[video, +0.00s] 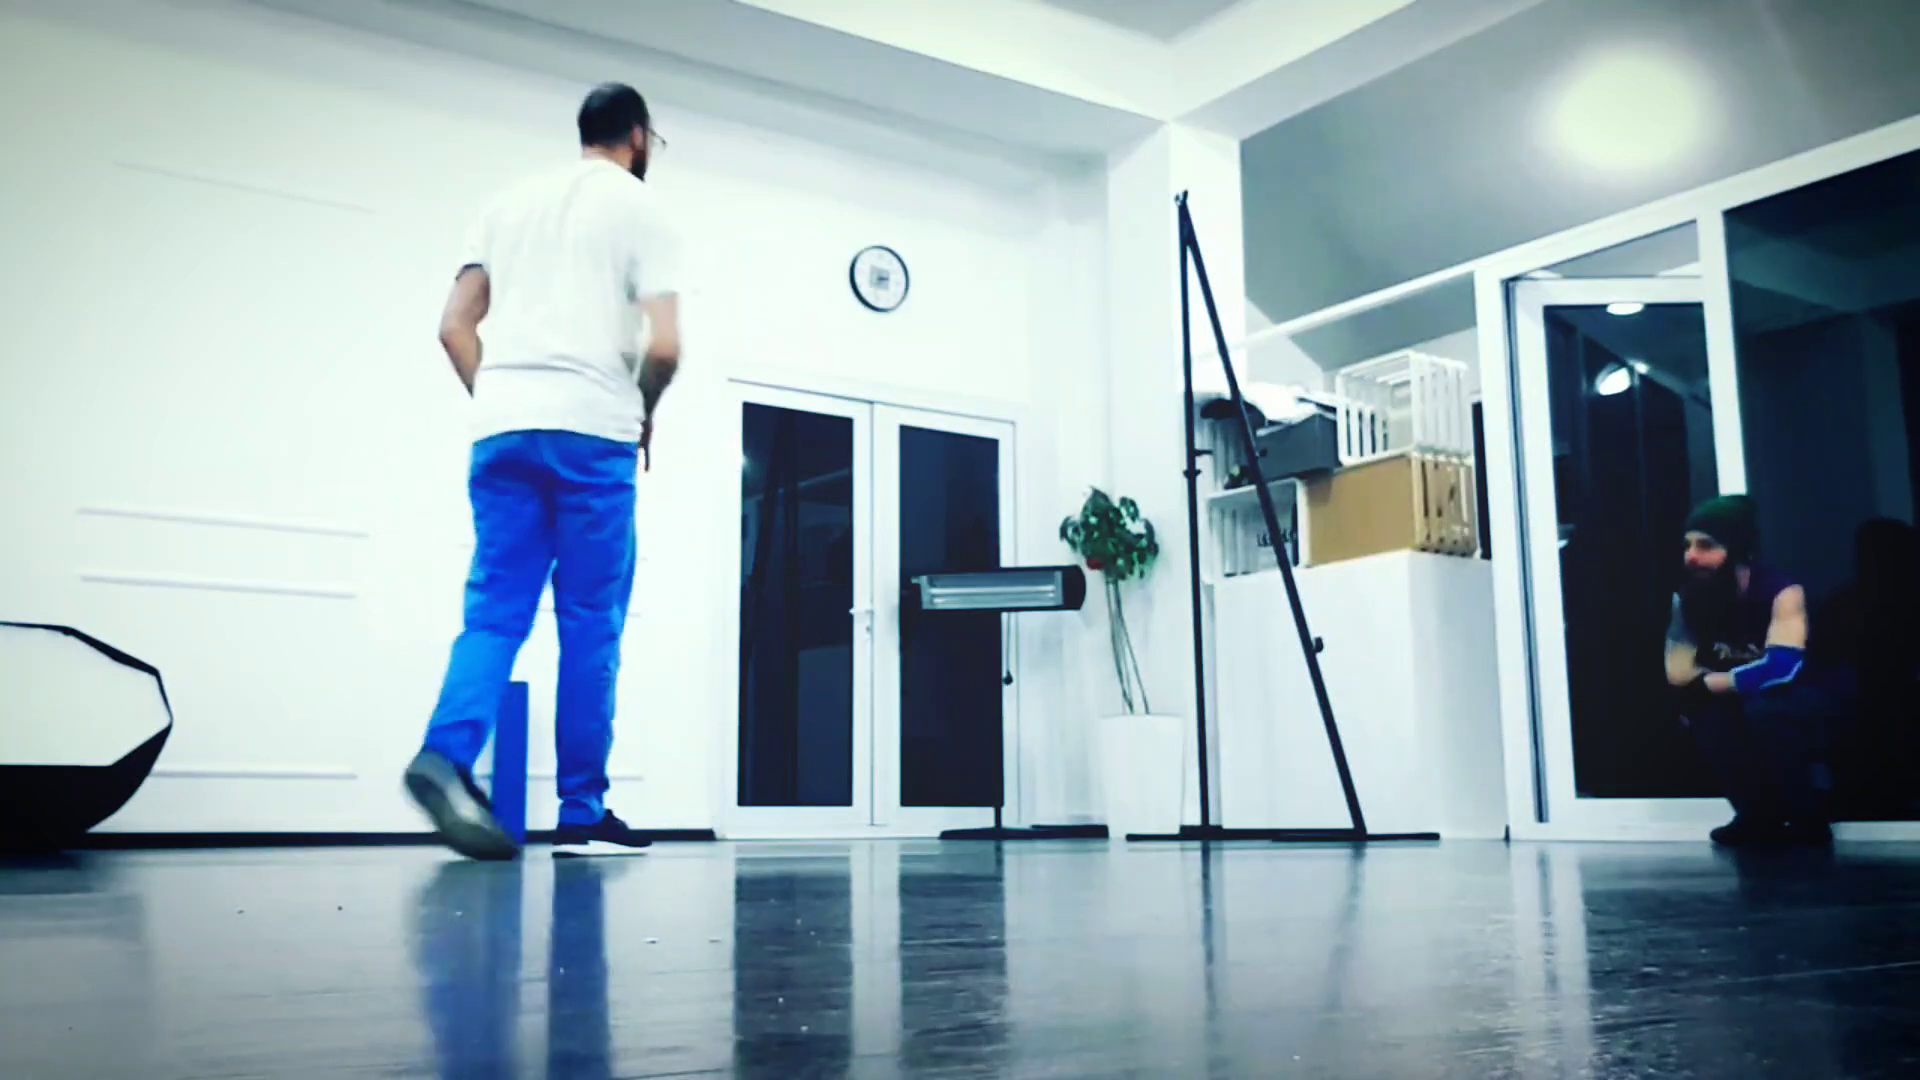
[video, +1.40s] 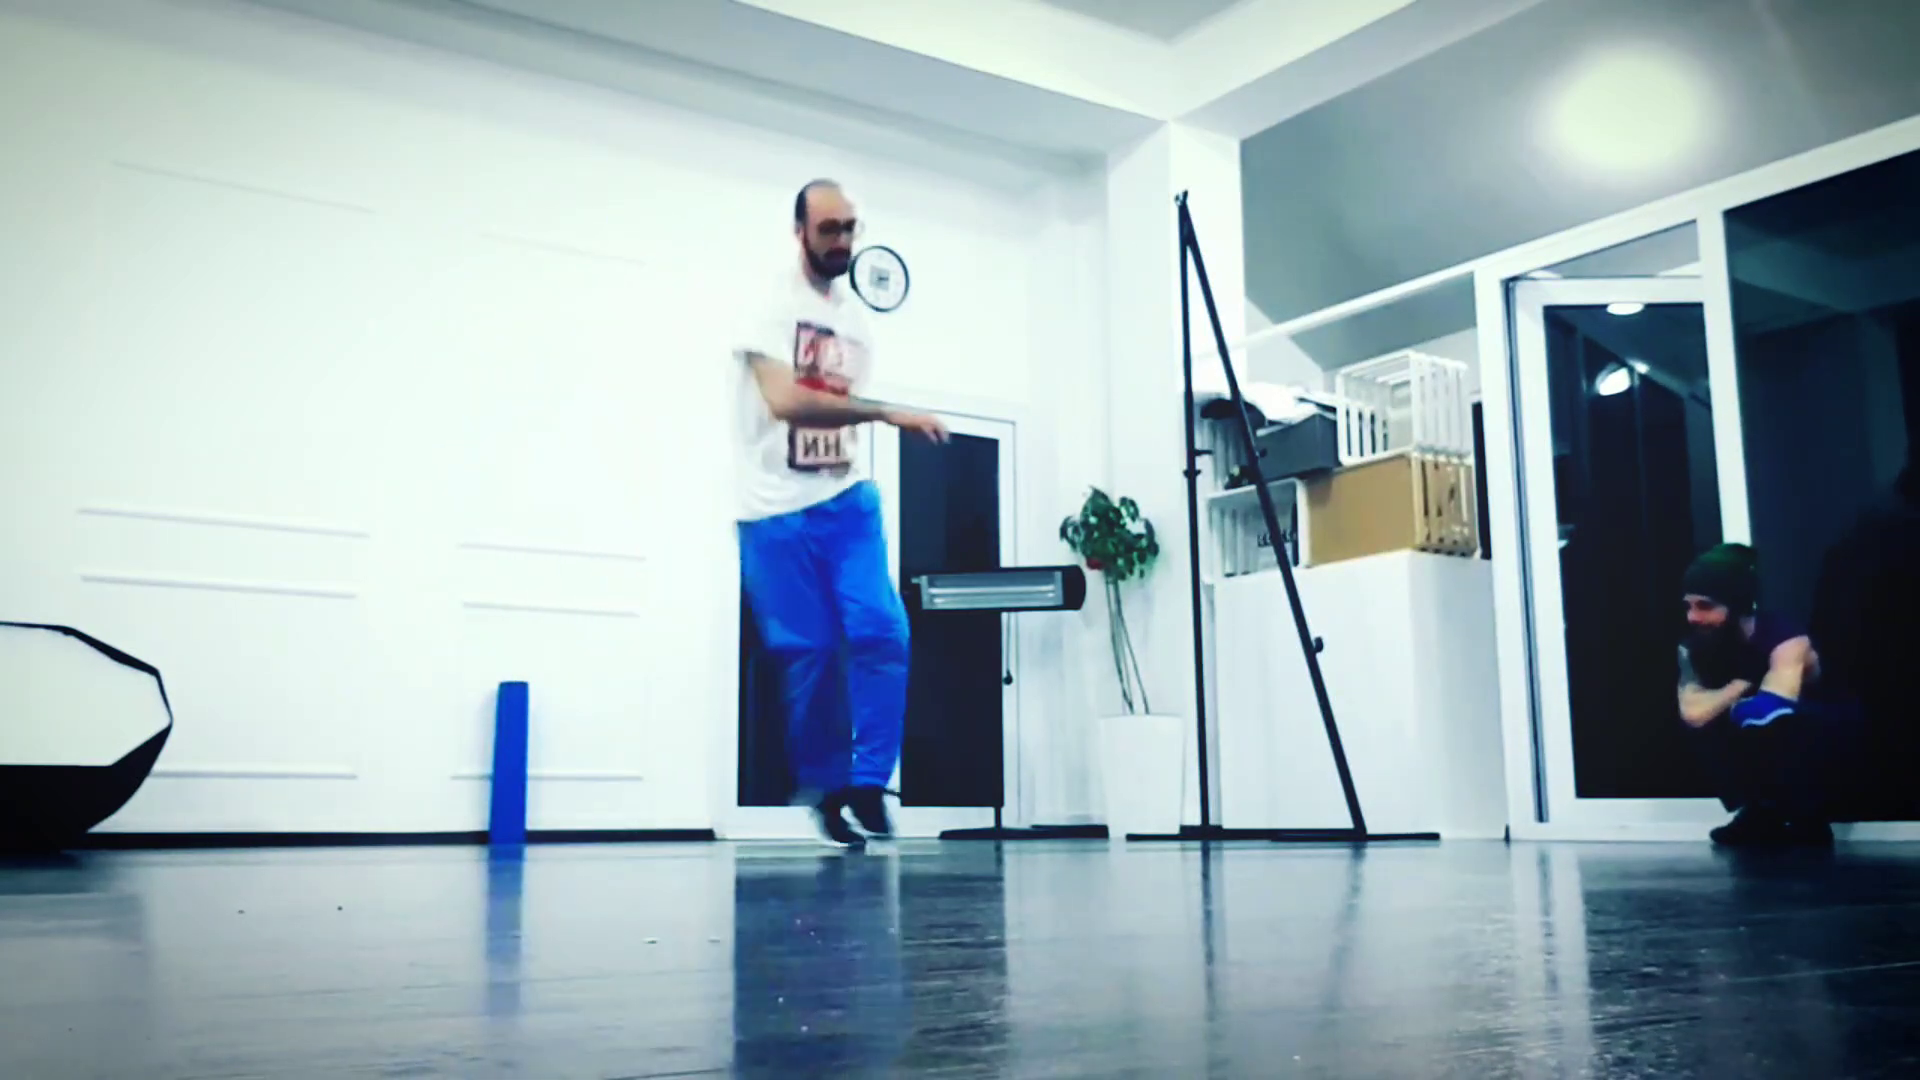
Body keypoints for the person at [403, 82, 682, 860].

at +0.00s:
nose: (650, 157)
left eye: (649, 146)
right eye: (651, 145)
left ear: (581, 137)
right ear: (638, 138)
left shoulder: (509, 204)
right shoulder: (641, 208)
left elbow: (456, 326)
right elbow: (665, 348)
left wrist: (503, 403)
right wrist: (640, 410)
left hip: (503, 424)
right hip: (595, 428)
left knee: (495, 610)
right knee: (591, 622)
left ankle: (444, 759)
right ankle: (582, 810)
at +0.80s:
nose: (721, 236)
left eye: (722, 223)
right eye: (718, 222)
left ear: (659, 217)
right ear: (692, 219)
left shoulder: (601, 278)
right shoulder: (700, 285)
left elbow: (571, 373)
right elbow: (712, 409)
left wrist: (616, 428)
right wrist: (665, 442)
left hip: (579, 474)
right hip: (657, 479)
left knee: (567, 647)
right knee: (690, 639)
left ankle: (538, 804)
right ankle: (622, 786)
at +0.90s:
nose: (744, 239)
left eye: (745, 227)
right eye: (738, 226)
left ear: (689, 223)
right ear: (704, 224)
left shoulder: (634, 275)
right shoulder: (717, 292)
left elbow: (646, 372)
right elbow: (718, 417)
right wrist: (673, 425)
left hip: (595, 478)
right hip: (668, 485)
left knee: (578, 646)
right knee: (706, 641)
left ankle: (539, 801)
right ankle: (711, 799)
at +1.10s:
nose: (798, 265)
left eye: (799, 253)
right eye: (791, 252)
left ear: (749, 254)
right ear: (751, 252)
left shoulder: (699, 312)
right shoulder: (751, 327)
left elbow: (699, 429)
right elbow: (760, 451)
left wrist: (761, 436)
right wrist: (785, 445)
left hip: (665, 515)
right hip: (721, 522)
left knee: (657, 661)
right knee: (766, 660)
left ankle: (565, 767)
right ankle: (775, 810)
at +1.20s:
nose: (817, 272)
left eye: (819, 261)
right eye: (807, 261)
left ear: (769, 267)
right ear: (769, 263)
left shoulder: (744, 329)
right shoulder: (764, 336)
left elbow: (762, 444)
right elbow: (787, 452)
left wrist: (797, 449)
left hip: (726, 526)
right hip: (752, 528)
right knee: (804, 661)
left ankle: (659, 746)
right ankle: (780, 811)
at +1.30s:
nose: (831, 263)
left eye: (834, 251)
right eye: (817, 252)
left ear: (832, 252)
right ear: (784, 256)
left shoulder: (817, 330)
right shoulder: (765, 325)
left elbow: (812, 426)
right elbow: (795, 433)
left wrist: (823, 466)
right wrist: (855, 417)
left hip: (811, 521)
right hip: (758, 523)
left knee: (858, 646)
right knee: (798, 662)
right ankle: (781, 813)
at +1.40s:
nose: (842, 241)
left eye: (850, 229)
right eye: (829, 229)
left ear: (858, 230)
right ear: (799, 231)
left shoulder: (861, 310)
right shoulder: (767, 303)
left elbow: (843, 404)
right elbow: (784, 400)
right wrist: (887, 412)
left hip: (848, 501)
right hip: (775, 509)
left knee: (881, 631)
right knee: (810, 645)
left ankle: (869, 784)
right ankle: (828, 791)